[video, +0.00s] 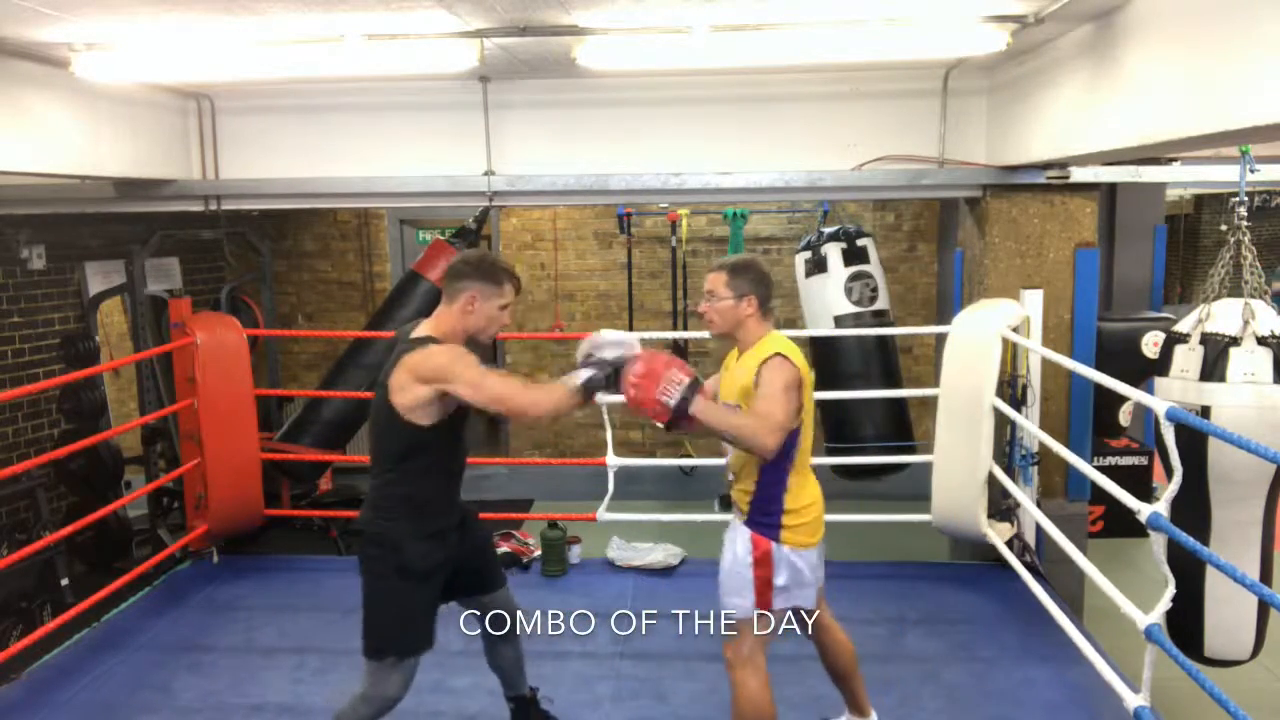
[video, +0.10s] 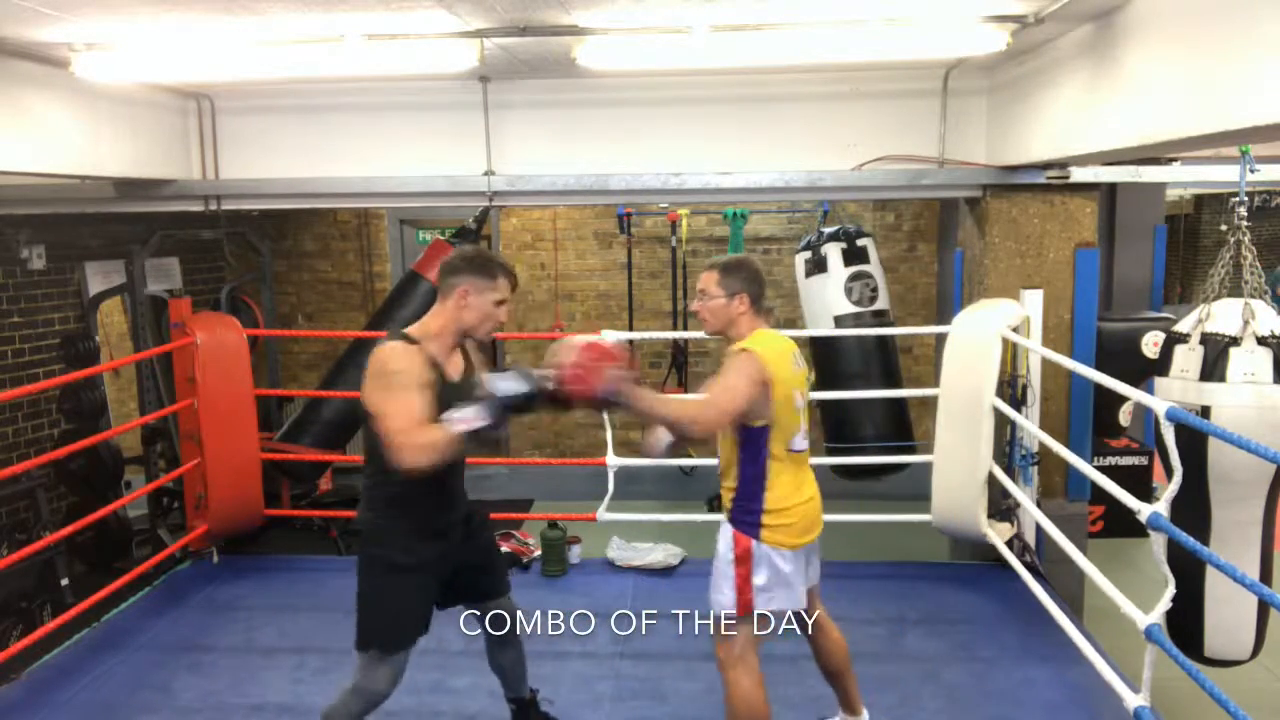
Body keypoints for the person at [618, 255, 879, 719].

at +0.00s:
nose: (701, 308)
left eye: (712, 298)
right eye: (703, 297)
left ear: (748, 304)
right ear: (745, 305)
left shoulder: (777, 363)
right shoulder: (740, 356)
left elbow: (767, 437)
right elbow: (709, 410)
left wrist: (692, 402)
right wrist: (662, 395)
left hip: (770, 530)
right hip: (784, 524)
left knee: (743, 656)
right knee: (816, 618)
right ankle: (862, 712)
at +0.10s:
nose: (695, 306)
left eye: (705, 297)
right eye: (696, 296)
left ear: (740, 303)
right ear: (744, 304)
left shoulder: (749, 359)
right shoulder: (783, 347)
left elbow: (704, 421)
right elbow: (743, 415)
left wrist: (625, 390)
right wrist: (676, 421)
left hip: (757, 525)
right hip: (798, 512)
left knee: (735, 652)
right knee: (811, 612)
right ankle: (854, 712)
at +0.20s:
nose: (685, 314)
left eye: (693, 303)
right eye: (686, 304)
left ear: (726, 308)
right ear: (730, 309)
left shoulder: (723, 362)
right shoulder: (788, 354)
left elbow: (653, 422)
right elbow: (784, 438)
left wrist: (583, 388)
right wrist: (722, 459)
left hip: (759, 531)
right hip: (805, 517)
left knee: (725, 652)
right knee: (808, 609)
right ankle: (854, 705)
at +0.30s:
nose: (671, 318)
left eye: (679, 308)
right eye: (672, 308)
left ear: (712, 312)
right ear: (716, 313)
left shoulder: (734, 362)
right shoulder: (756, 350)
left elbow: (685, 427)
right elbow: (748, 422)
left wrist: (621, 389)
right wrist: (692, 442)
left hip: (759, 537)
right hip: (797, 523)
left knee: (727, 657)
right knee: (807, 611)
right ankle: (860, 706)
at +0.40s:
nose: (669, 321)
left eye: (677, 310)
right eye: (671, 310)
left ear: (710, 313)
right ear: (706, 315)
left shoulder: (754, 355)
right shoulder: (705, 372)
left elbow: (718, 404)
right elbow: (655, 426)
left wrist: (662, 366)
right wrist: (581, 427)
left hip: (770, 534)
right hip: (766, 528)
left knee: (737, 664)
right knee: (807, 620)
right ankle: (863, 709)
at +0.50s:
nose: (673, 322)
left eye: (682, 310)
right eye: (671, 314)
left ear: (713, 311)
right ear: (709, 315)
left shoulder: (763, 346)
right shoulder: (695, 381)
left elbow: (722, 368)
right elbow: (639, 428)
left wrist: (656, 309)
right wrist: (560, 435)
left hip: (770, 534)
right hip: (760, 532)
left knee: (737, 665)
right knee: (811, 634)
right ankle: (852, 716)